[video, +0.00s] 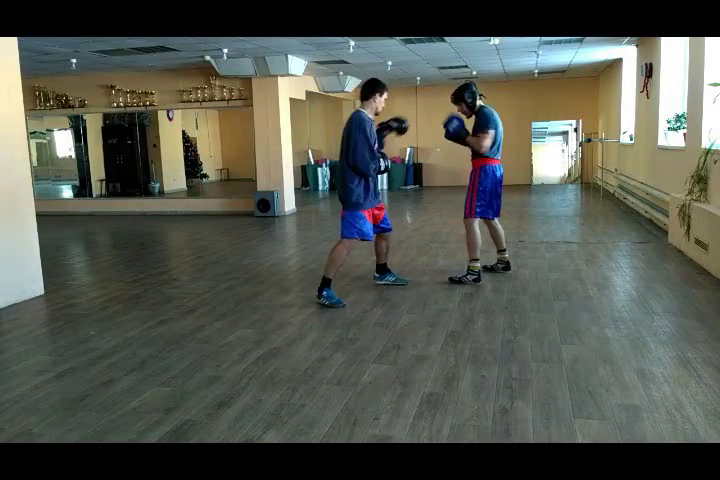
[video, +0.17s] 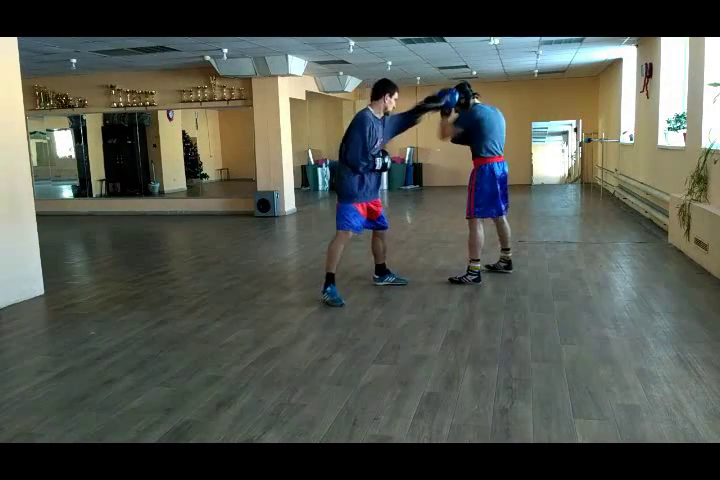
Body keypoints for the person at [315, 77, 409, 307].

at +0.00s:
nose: (384, 104)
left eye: (385, 100)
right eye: (384, 99)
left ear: (371, 97)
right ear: (375, 97)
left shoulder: (366, 121)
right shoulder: (360, 121)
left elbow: (370, 148)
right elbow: (361, 162)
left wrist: (384, 131)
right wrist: (383, 163)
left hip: (369, 191)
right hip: (356, 193)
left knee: (384, 231)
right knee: (349, 239)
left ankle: (382, 271)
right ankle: (324, 288)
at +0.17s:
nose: (395, 104)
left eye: (395, 100)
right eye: (394, 99)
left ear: (383, 97)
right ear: (385, 97)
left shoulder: (385, 122)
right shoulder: (363, 120)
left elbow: (410, 116)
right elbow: (353, 160)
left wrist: (436, 101)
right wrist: (381, 161)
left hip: (370, 190)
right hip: (352, 190)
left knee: (380, 229)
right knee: (344, 233)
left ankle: (381, 272)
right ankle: (329, 285)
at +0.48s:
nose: (383, 103)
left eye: (384, 98)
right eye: (382, 97)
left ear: (370, 95)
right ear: (371, 94)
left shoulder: (375, 118)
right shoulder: (352, 118)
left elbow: (392, 120)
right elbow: (346, 158)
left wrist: (409, 110)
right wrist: (372, 158)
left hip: (367, 184)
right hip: (350, 186)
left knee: (375, 228)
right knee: (346, 231)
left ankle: (381, 272)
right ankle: (319, 267)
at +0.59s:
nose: (370, 108)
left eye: (371, 103)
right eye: (369, 102)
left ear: (357, 101)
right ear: (359, 100)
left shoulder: (355, 124)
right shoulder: (342, 125)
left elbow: (362, 154)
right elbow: (344, 169)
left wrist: (374, 133)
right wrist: (366, 160)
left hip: (359, 189)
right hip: (342, 192)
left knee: (379, 221)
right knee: (339, 233)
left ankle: (383, 269)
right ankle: (317, 272)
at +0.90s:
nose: (376, 108)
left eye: (377, 104)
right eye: (374, 103)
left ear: (366, 102)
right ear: (363, 101)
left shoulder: (367, 124)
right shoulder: (346, 125)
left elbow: (374, 151)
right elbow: (340, 164)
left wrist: (389, 134)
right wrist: (369, 163)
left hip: (368, 188)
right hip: (347, 191)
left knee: (384, 225)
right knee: (336, 232)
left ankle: (389, 264)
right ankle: (316, 273)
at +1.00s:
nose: (385, 106)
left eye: (387, 102)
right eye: (383, 101)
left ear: (380, 102)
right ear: (372, 100)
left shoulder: (382, 123)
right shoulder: (353, 124)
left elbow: (389, 141)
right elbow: (344, 161)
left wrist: (407, 121)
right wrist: (373, 162)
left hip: (375, 188)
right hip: (351, 189)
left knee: (386, 224)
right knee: (336, 229)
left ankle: (388, 265)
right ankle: (317, 272)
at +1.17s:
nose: (394, 107)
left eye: (396, 103)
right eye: (392, 102)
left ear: (385, 101)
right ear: (380, 99)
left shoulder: (395, 117)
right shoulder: (360, 120)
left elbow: (422, 113)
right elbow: (349, 155)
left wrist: (449, 103)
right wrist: (377, 158)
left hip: (375, 182)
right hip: (353, 183)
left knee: (384, 223)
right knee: (343, 223)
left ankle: (389, 265)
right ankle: (328, 267)